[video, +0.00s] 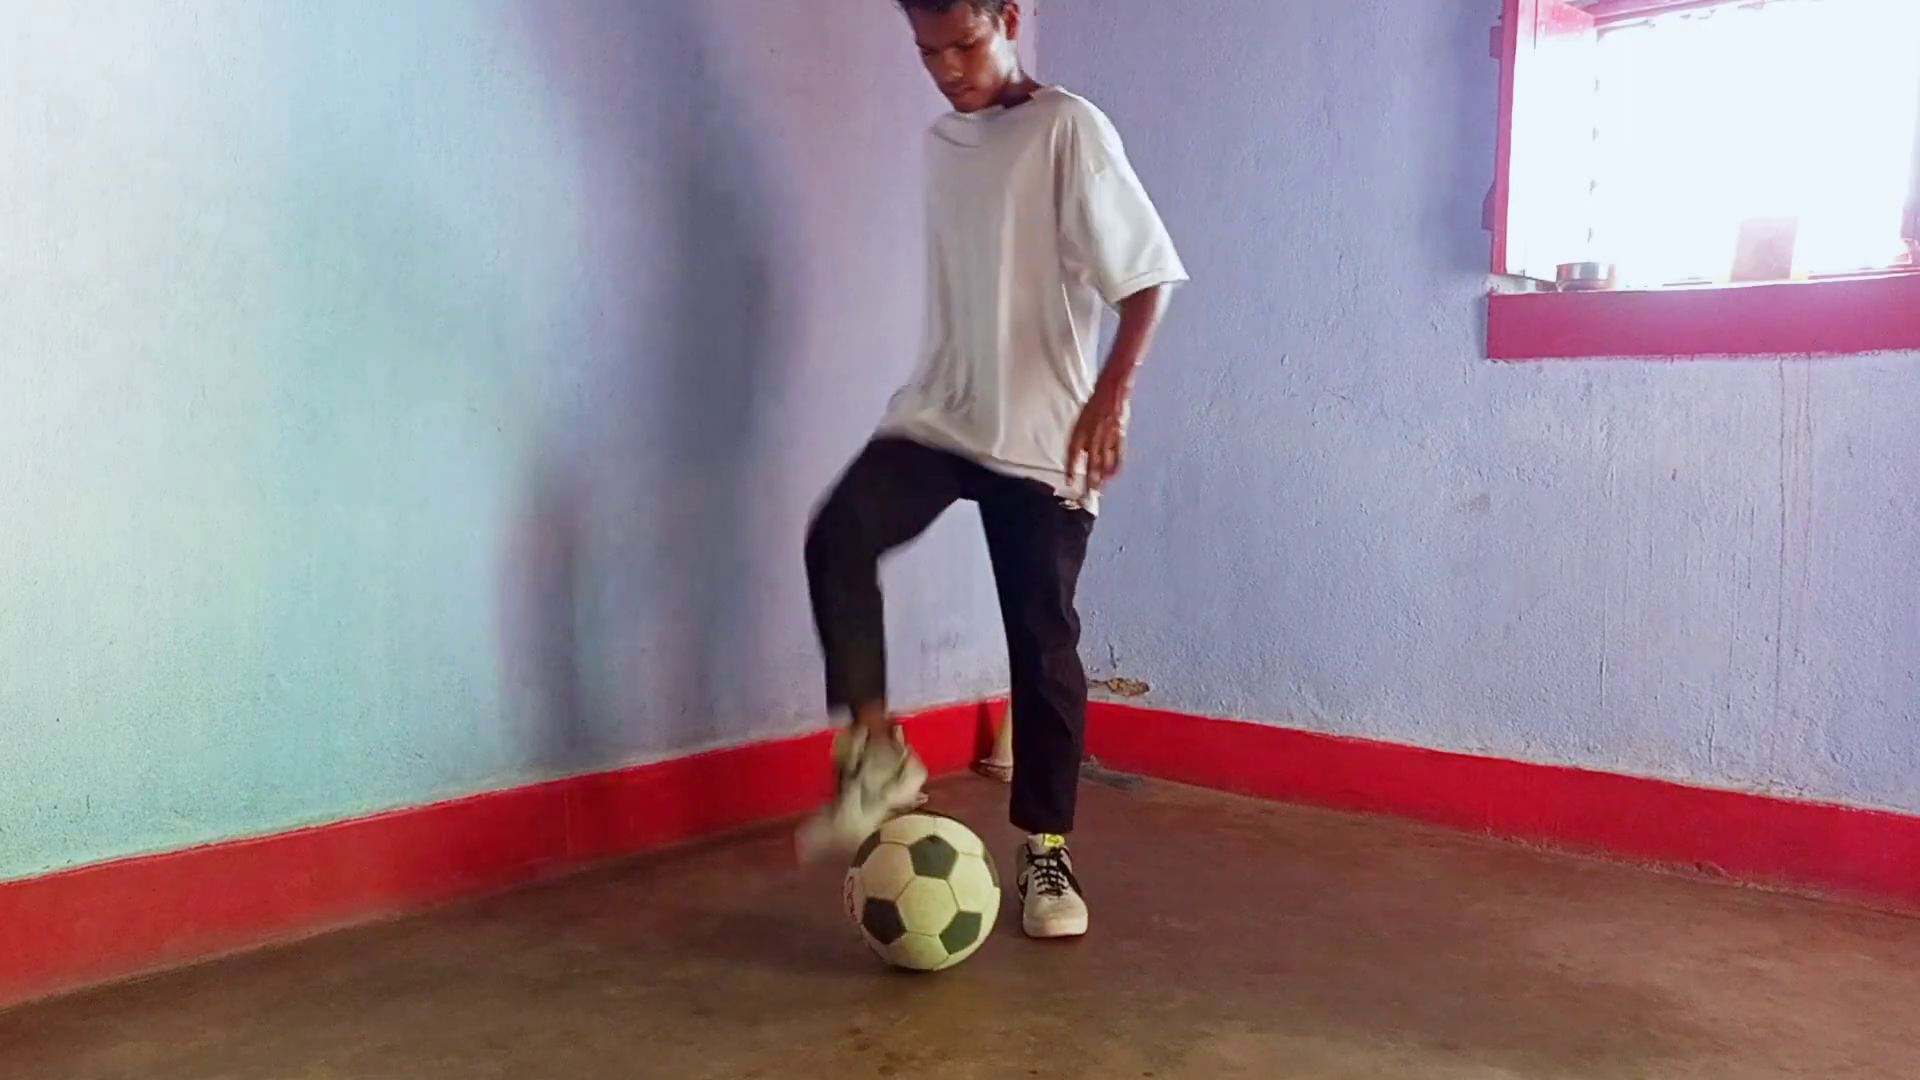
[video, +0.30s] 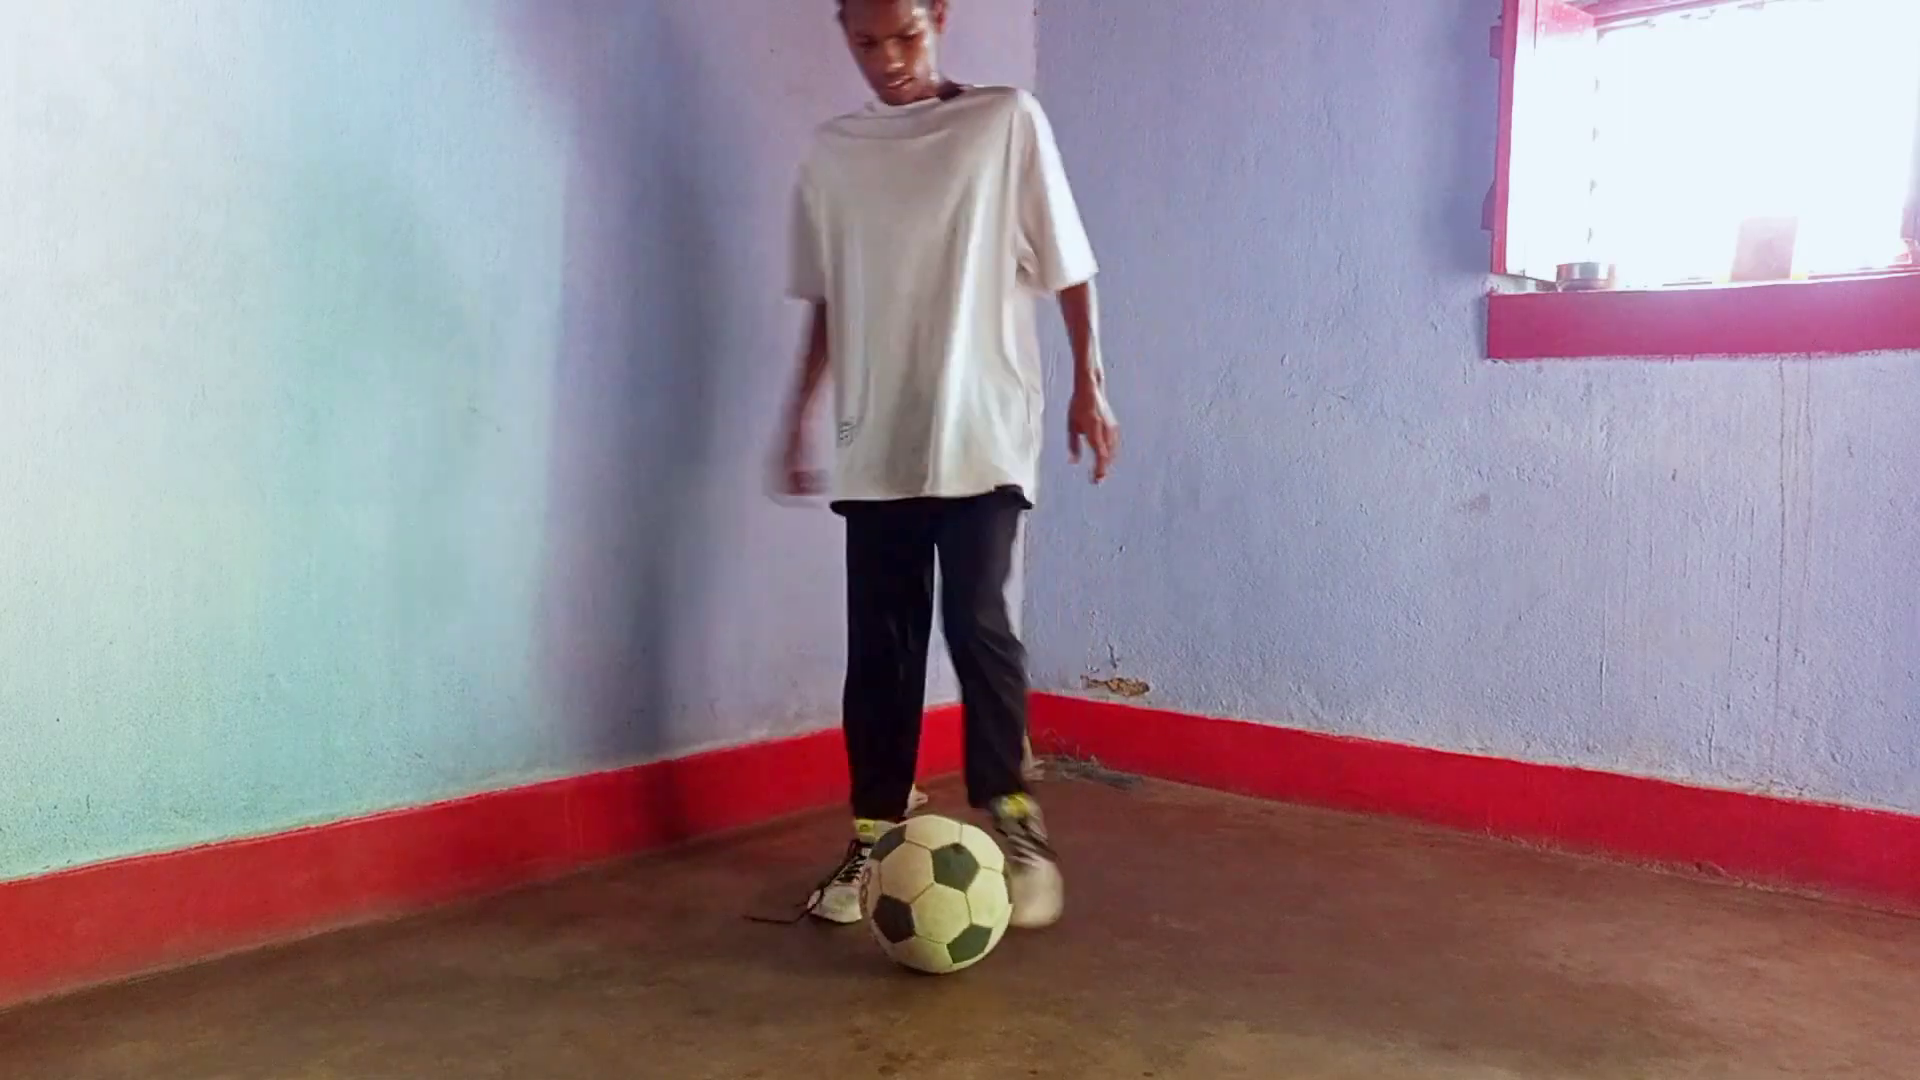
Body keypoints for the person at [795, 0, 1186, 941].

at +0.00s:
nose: (947, 69)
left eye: (964, 46)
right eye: (930, 51)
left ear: (1012, 22)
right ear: (914, 40)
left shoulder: (1069, 125)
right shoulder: (946, 138)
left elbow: (1148, 271)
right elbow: (970, 277)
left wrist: (1110, 398)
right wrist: (948, 389)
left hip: (1038, 430)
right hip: (938, 413)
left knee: (1042, 637)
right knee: (836, 539)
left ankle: (1047, 848)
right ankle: (876, 753)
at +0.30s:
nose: (890, 60)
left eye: (906, 38)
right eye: (870, 43)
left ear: (939, 20)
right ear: (845, 37)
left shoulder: (1008, 118)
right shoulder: (832, 150)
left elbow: (1068, 263)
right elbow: (826, 303)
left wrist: (1088, 382)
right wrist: (798, 420)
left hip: (983, 430)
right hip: (874, 438)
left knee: (979, 623)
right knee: (879, 648)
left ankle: (1013, 823)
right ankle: (877, 842)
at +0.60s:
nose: (883, 64)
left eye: (897, 42)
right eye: (861, 48)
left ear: (927, 23)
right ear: (835, 39)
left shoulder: (994, 121)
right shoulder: (809, 148)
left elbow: (1041, 266)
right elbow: (776, 292)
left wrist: (1069, 379)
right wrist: (706, 386)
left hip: (982, 425)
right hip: (870, 433)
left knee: (973, 617)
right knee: (867, 641)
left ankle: (959, 846)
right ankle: (875, 846)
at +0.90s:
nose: (959, 65)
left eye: (976, 47)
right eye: (941, 47)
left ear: (1003, 41)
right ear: (910, 39)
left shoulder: (1050, 141)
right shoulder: (866, 140)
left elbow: (1074, 285)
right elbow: (825, 284)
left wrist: (1098, 406)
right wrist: (787, 408)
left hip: (1007, 433)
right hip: (897, 425)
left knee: (989, 655)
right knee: (885, 624)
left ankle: (957, 851)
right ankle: (873, 803)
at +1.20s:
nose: (1074, 68)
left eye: (1093, 50)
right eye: (1057, 48)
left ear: (1123, 50)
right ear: (1032, 46)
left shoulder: (1156, 176)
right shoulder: (972, 144)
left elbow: (1164, 334)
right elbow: (925, 290)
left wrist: (1157, 462)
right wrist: (895, 417)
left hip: (1080, 447)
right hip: (968, 428)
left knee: (1055, 649)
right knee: (943, 592)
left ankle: (1020, 835)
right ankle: (925, 793)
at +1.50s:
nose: (1063, 72)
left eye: (1081, 54)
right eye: (1046, 52)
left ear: (1112, 50)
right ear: (1018, 47)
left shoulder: (1148, 177)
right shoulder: (960, 152)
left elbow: (1161, 336)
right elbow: (922, 297)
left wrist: (1162, 464)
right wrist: (896, 421)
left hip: (1078, 455)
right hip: (963, 437)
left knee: (1051, 657)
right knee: (939, 593)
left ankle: (1019, 835)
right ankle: (916, 798)